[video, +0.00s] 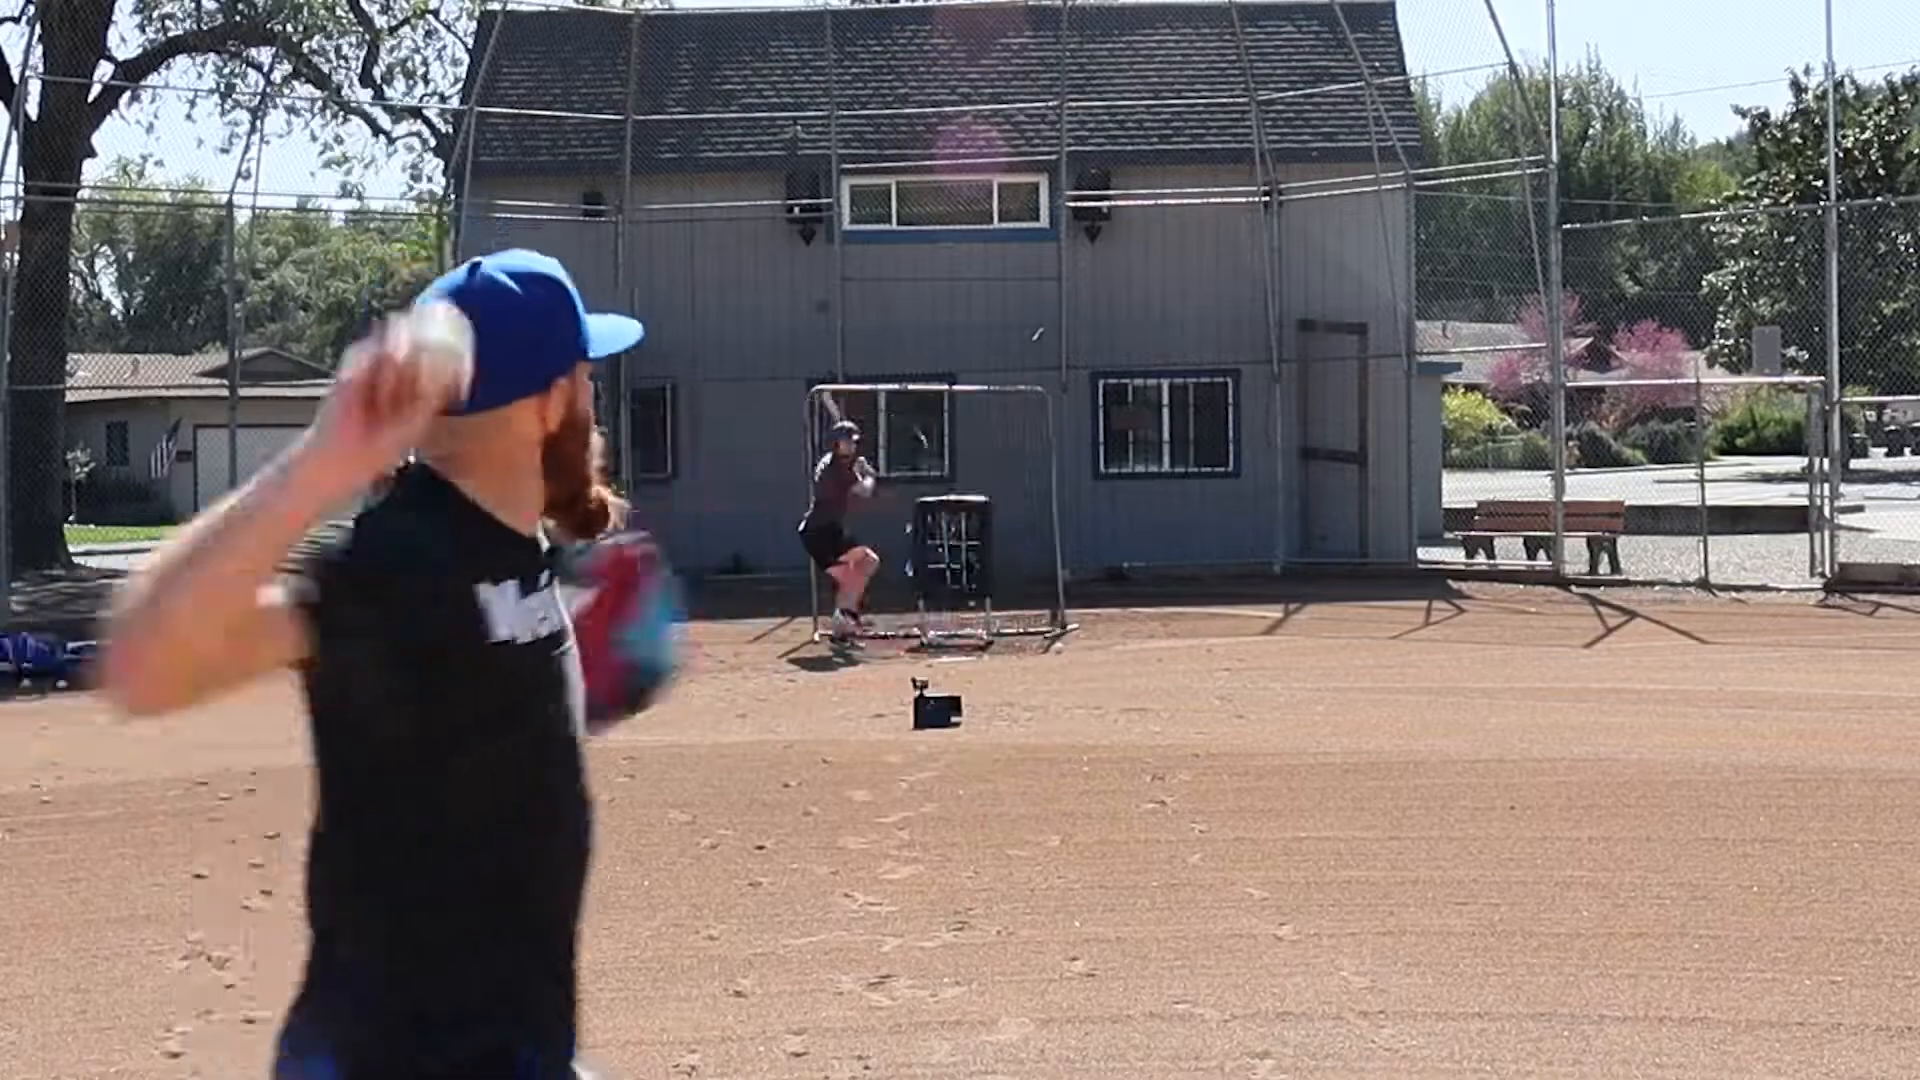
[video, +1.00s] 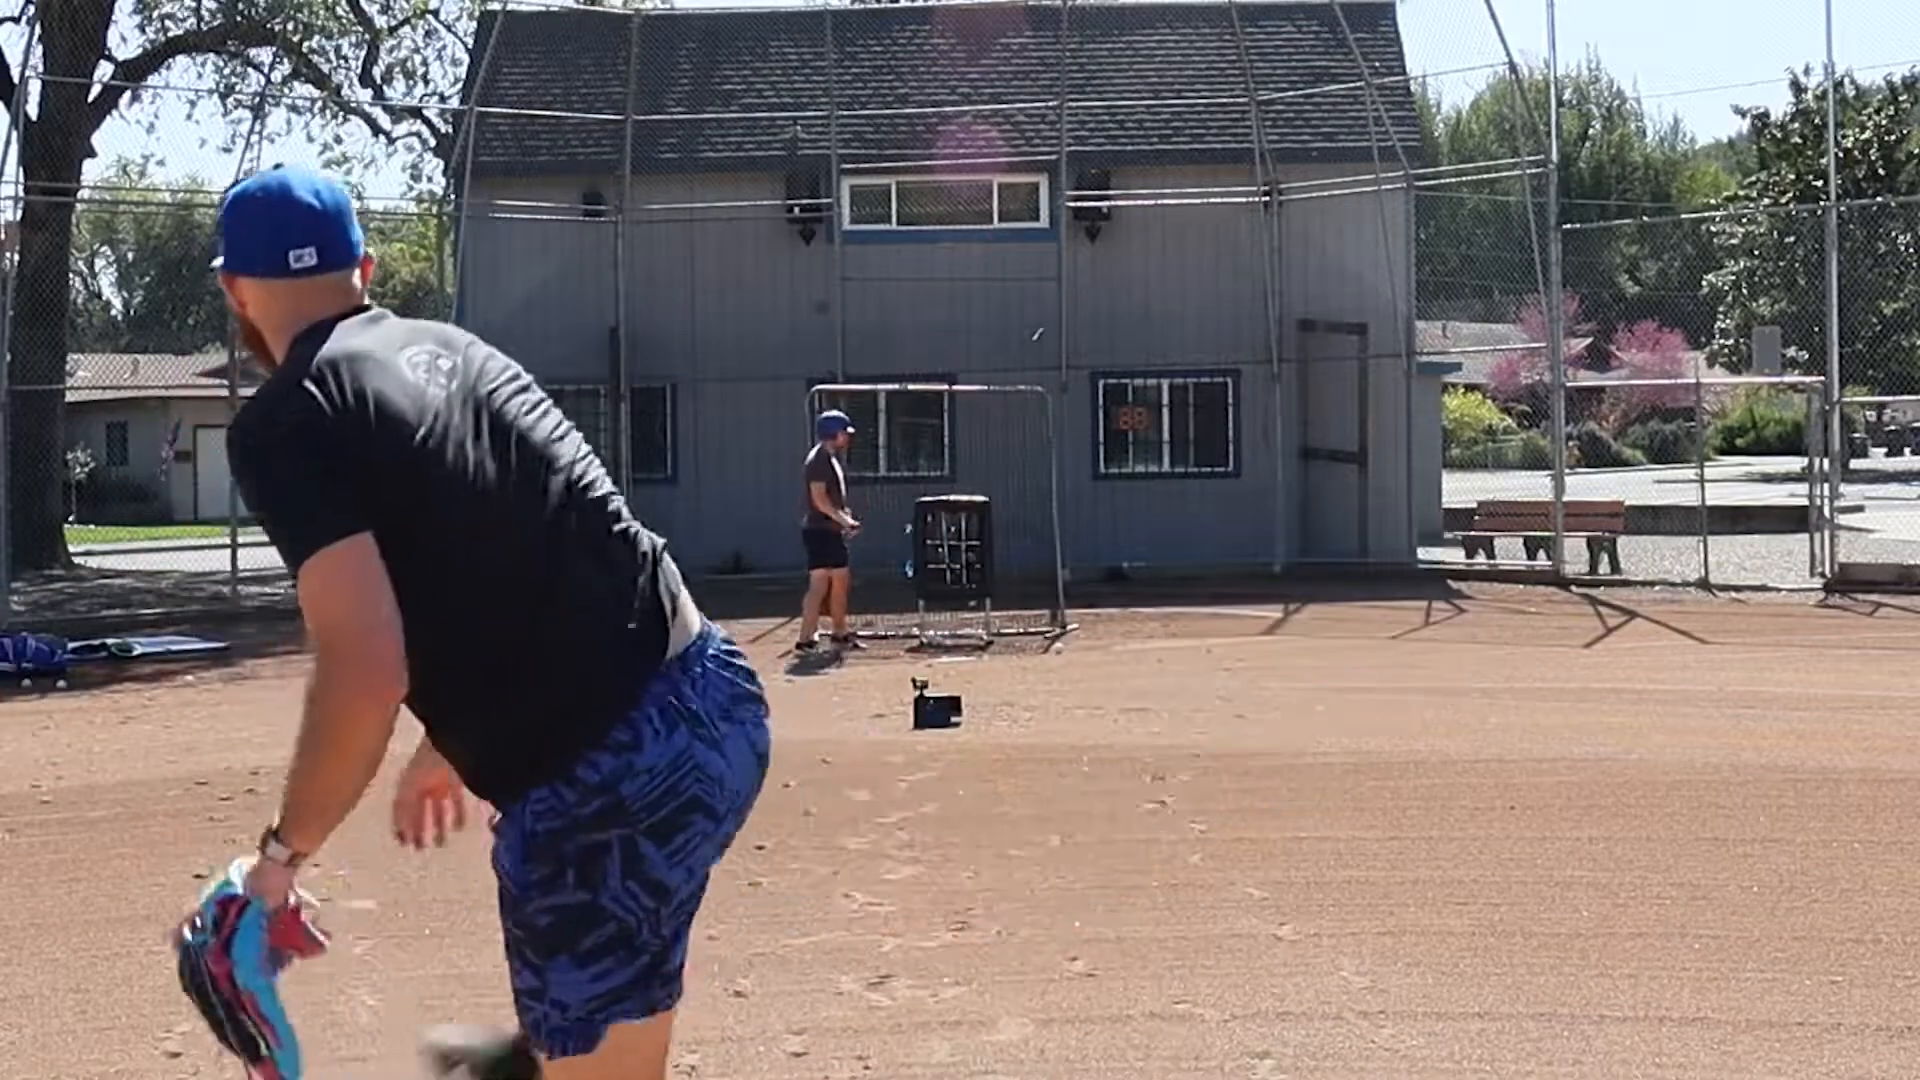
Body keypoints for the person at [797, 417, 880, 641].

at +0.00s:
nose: (853, 447)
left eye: (855, 442)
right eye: (849, 442)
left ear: (853, 443)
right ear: (837, 444)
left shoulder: (829, 463)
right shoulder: (839, 468)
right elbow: (865, 490)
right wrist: (867, 474)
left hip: (813, 529)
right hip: (824, 529)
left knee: (848, 576)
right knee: (867, 559)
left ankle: (842, 621)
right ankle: (847, 611)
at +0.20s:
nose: (848, 446)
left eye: (850, 441)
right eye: (843, 441)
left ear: (851, 442)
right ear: (833, 443)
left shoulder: (835, 464)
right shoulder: (832, 468)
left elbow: (857, 495)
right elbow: (857, 498)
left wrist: (854, 477)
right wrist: (858, 478)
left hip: (826, 529)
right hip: (816, 531)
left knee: (845, 580)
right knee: (848, 580)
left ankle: (840, 629)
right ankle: (824, 624)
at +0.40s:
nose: (843, 442)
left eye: (845, 438)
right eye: (839, 437)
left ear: (845, 439)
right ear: (828, 438)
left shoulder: (823, 459)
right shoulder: (829, 462)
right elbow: (852, 494)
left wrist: (846, 488)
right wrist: (851, 483)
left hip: (827, 528)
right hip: (814, 530)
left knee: (842, 581)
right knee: (829, 583)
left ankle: (841, 632)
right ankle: (808, 637)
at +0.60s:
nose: (842, 437)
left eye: (843, 432)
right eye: (838, 433)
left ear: (834, 435)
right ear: (826, 434)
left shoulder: (817, 454)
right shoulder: (824, 458)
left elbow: (800, 493)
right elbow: (838, 498)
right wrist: (857, 498)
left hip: (820, 527)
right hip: (815, 529)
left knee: (834, 577)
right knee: (822, 583)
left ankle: (841, 629)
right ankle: (806, 639)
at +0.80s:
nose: (844, 437)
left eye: (844, 432)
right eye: (841, 433)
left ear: (830, 434)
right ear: (829, 433)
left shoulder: (826, 457)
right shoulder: (818, 458)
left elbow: (823, 493)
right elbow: (824, 496)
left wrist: (839, 509)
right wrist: (848, 505)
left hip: (827, 525)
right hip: (815, 527)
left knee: (836, 579)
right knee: (821, 582)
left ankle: (842, 630)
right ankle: (806, 638)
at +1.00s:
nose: (847, 437)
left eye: (847, 433)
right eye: (844, 433)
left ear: (832, 435)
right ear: (832, 434)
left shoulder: (832, 457)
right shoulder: (819, 459)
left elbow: (834, 495)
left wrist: (846, 516)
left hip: (828, 525)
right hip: (822, 527)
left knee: (819, 581)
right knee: (840, 577)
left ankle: (806, 636)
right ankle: (840, 630)